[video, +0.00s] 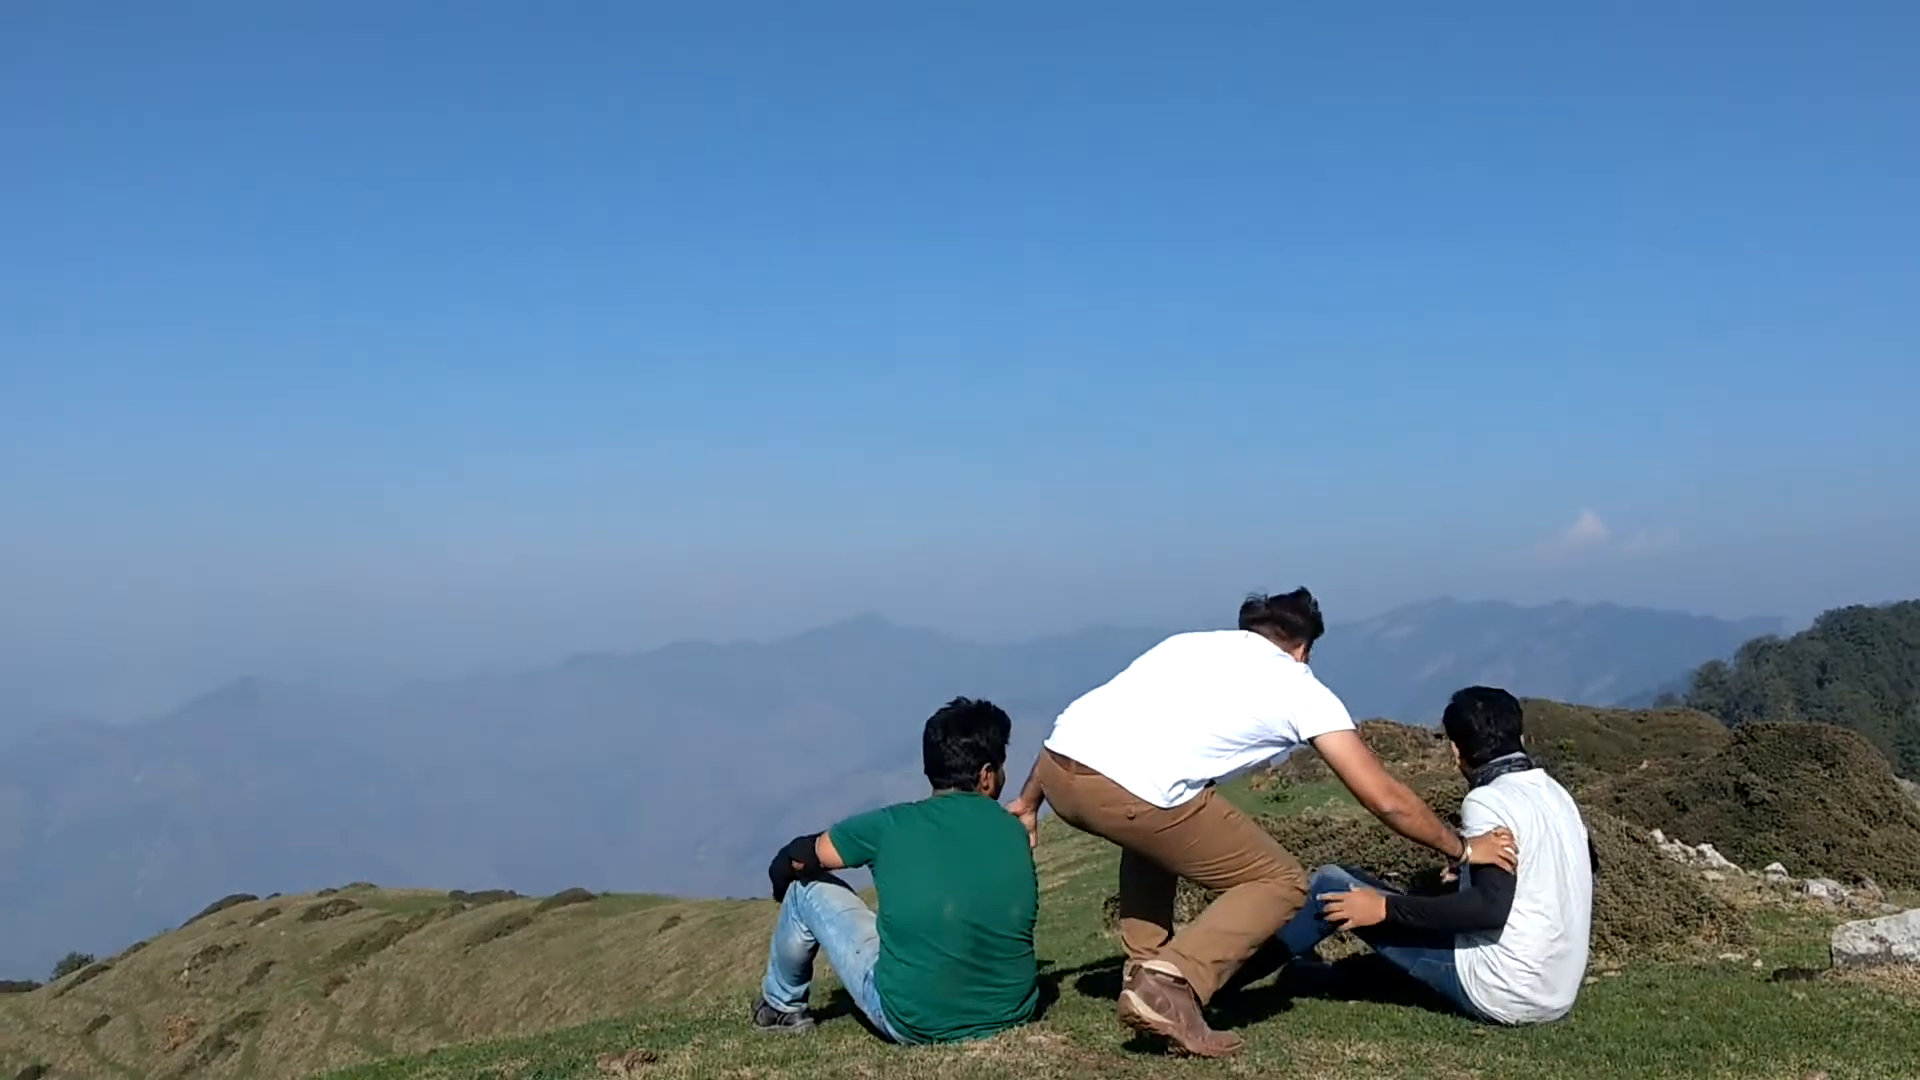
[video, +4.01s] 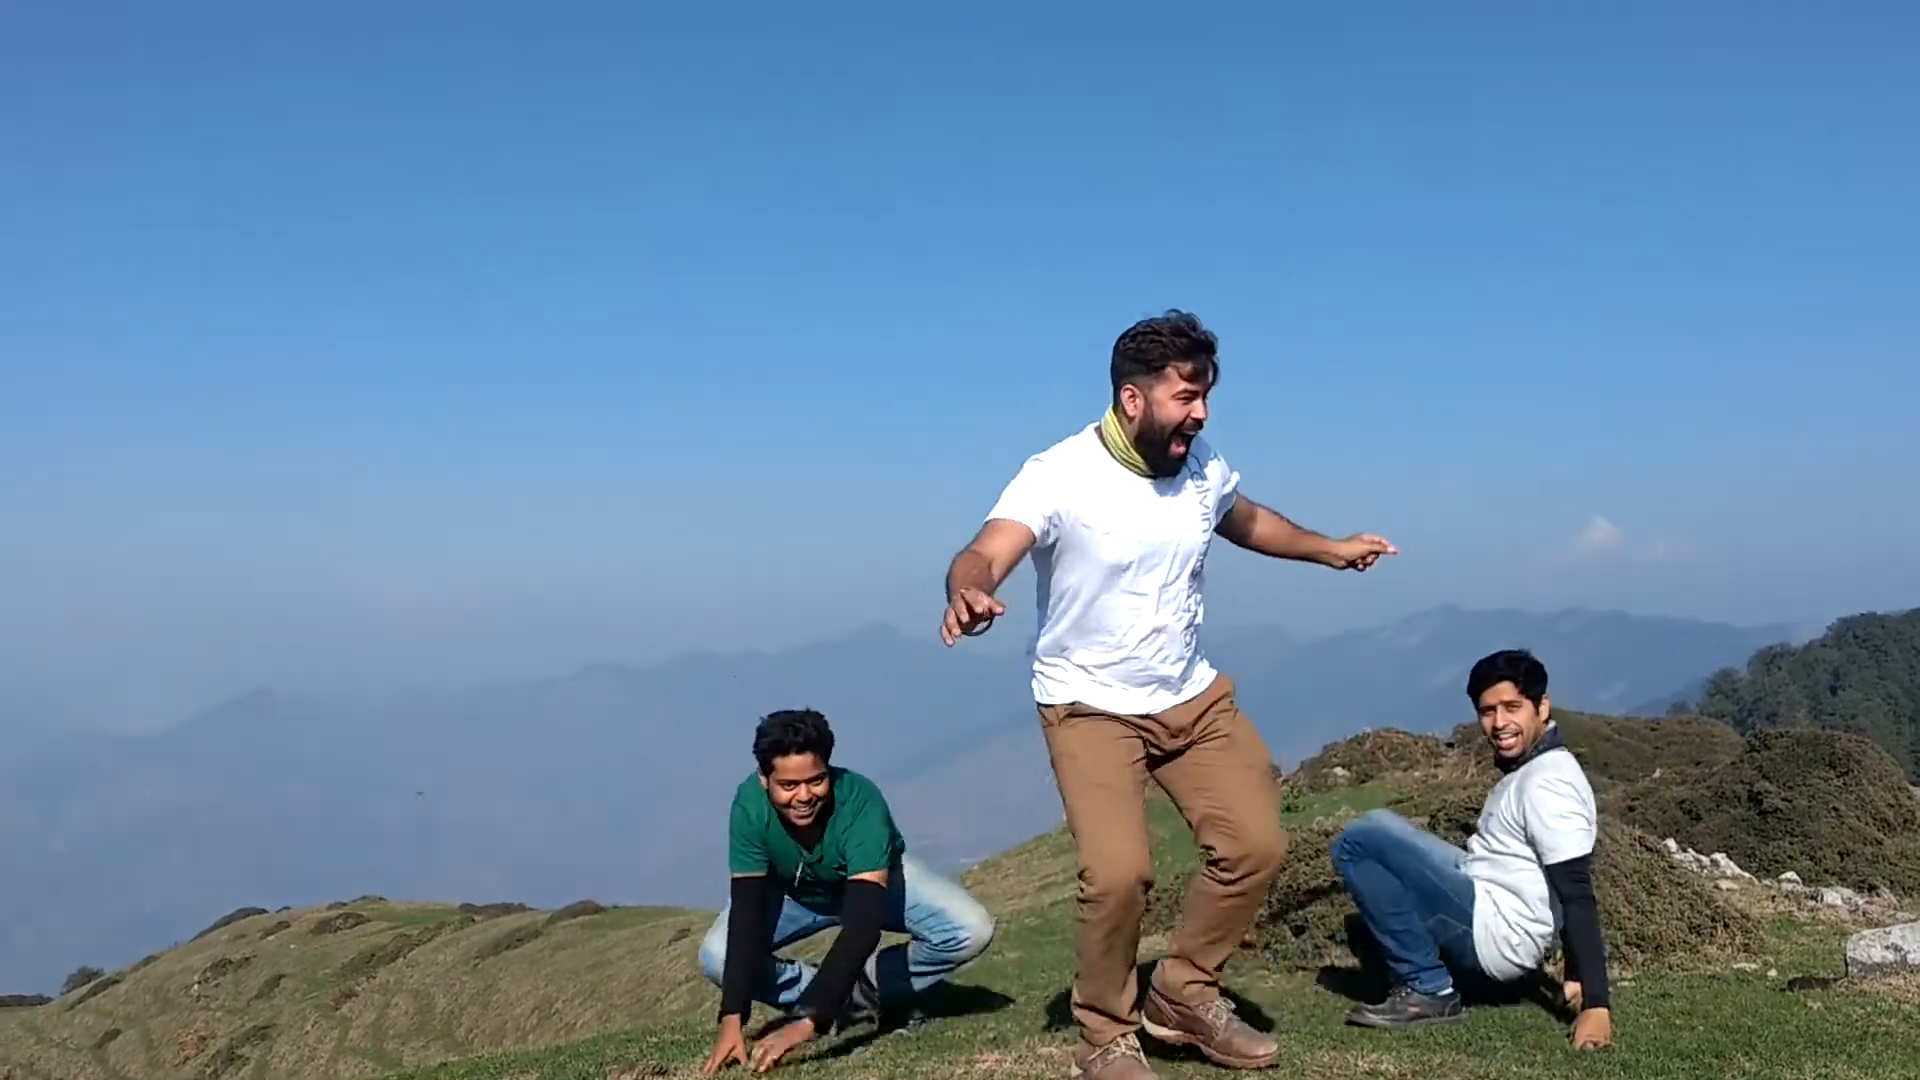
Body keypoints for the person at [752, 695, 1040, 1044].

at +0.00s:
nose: (1003, 776)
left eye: (1001, 765)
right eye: (1001, 767)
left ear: (931, 772)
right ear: (987, 776)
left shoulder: (891, 823)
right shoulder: (1014, 828)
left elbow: (791, 859)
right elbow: (1020, 913)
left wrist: (784, 889)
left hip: (913, 1022)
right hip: (1008, 1014)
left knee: (807, 887)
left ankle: (782, 1004)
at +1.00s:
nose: (884, 794)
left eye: (896, 781)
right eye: (883, 780)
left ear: (933, 778)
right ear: (940, 781)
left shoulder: (902, 852)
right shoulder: (986, 829)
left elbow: (890, 975)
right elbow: (916, 840)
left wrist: (789, 1011)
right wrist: (847, 827)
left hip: (937, 1023)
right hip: (1006, 1007)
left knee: (770, 933)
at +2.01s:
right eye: (862, 775)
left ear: (797, 801)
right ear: (859, 781)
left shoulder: (795, 845)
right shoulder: (903, 819)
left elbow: (825, 947)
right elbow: (888, 894)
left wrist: (804, 1055)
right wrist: (795, 922)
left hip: (884, 1028)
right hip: (974, 1001)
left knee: (745, 992)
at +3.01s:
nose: (719, 807)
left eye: (728, 786)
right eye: (704, 798)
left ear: (758, 769)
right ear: (694, 798)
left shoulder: (779, 821)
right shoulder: (746, 828)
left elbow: (818, 937)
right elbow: (705, 914)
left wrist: (805, 1056)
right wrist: (658, 1003)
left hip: (879, 988)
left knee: (734, 1030)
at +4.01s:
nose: (804, 796)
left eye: (815, 781)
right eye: (788, 785)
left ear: (830, 770)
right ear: (765, 779)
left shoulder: (861, 802)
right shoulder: (749, 805)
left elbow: (864, 923)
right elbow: (746, 913)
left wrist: (810, 1019)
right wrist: (731, 1020)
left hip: (873, 880)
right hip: (800, 896)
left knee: (970, 928)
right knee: (717, 956)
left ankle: (876, 983)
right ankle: (839, 998)